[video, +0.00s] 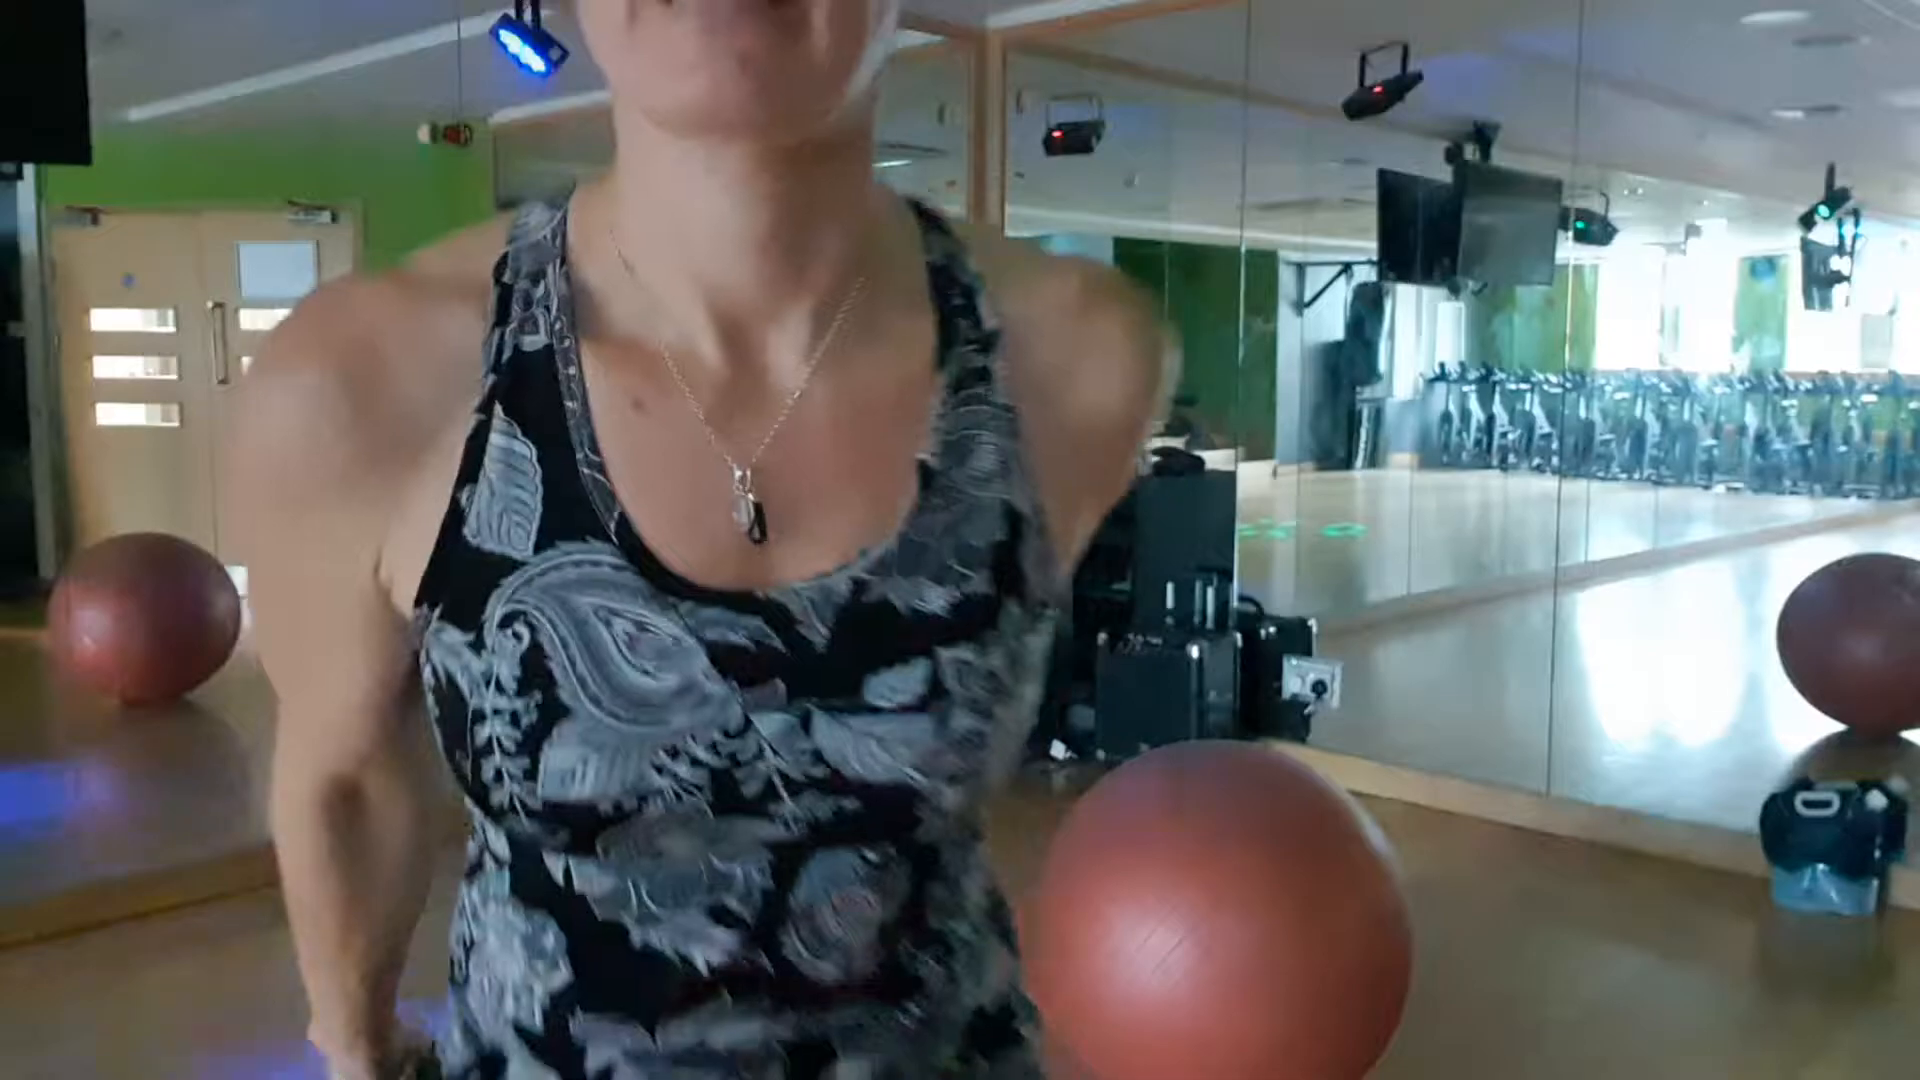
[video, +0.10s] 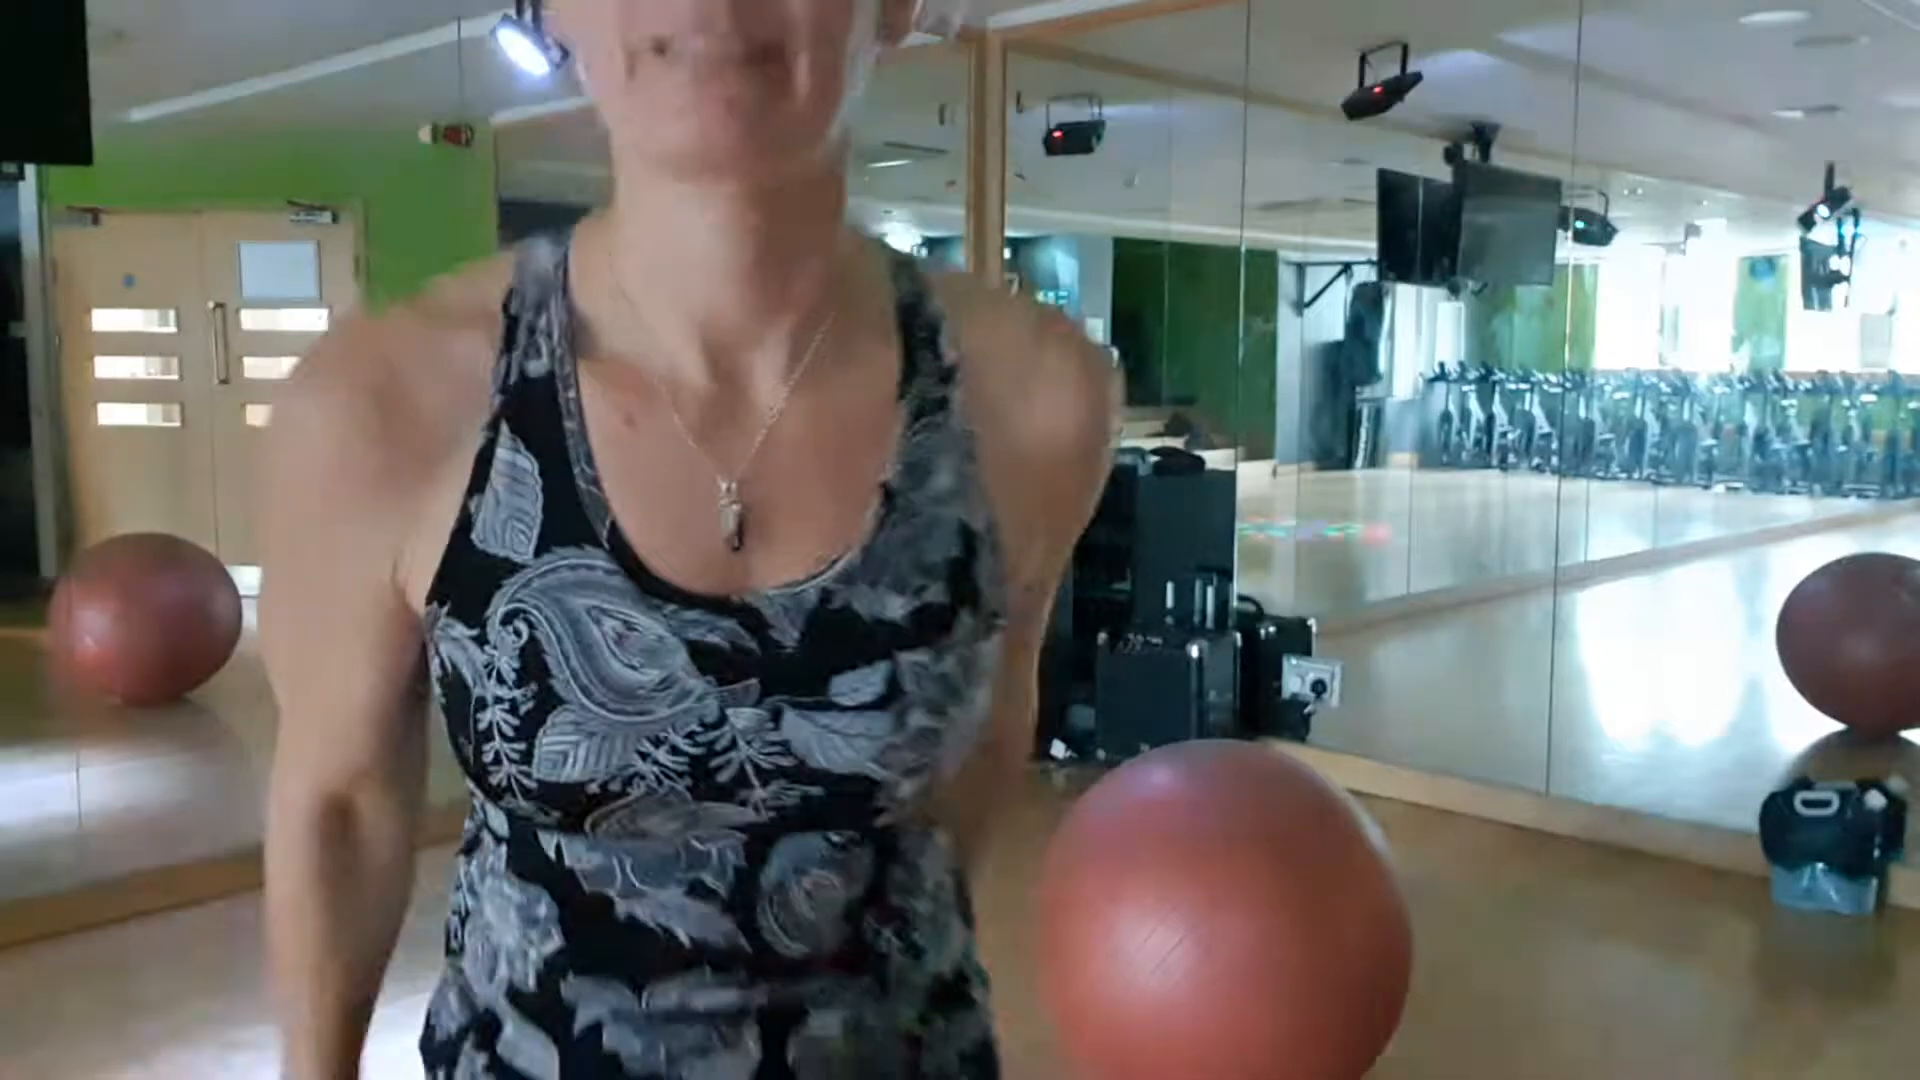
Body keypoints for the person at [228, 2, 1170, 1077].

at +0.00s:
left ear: (902, 1)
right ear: (560, 5)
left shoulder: (1081, 359)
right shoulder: (352, 387)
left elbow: (978, 763)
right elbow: (347, 786)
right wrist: (355, 1051)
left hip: (943, 1026)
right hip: (553, 1035)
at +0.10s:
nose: (711, 6)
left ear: (896, 5)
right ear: (550, 10)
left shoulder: (1031, 393)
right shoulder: (382, 409)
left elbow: (990, 784)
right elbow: (341, 812)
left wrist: (1062, 1044)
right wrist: (316, 1066)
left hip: (898, 1019)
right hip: (550, 1022)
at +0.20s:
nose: (712, 14)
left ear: (874, 25)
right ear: (558, 21)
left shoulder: (996, 390)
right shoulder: (397, 398)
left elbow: (998, 769)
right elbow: (332, 790)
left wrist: (1044, 1050)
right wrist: (277, 1066)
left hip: (887, 1029)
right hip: (546, 1033)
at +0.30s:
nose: (716, 3)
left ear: (844, 17)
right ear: (569, 16)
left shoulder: (975, 336)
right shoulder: (421, 325)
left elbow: (1005, 710)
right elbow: (335, 720)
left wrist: (1125, 1004)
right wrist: (265, 1053)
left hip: (858, 997)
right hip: (547, 998)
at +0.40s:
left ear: (817, 11)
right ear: (576, 9)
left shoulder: (950, 273)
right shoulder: (434, 274)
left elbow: (1023, 632)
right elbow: (351, 666)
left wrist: (1168, 861)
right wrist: (282, 1007)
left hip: (850, 954)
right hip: (556, 959)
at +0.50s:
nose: (701, 6)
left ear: (820, 12)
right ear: (578, 8)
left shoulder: (940, 272)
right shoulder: (452, 291)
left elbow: (1040, 603)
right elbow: (388, 648)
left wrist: (1158, 779)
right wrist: (317, 957)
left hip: (846, 928)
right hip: (569, 931)